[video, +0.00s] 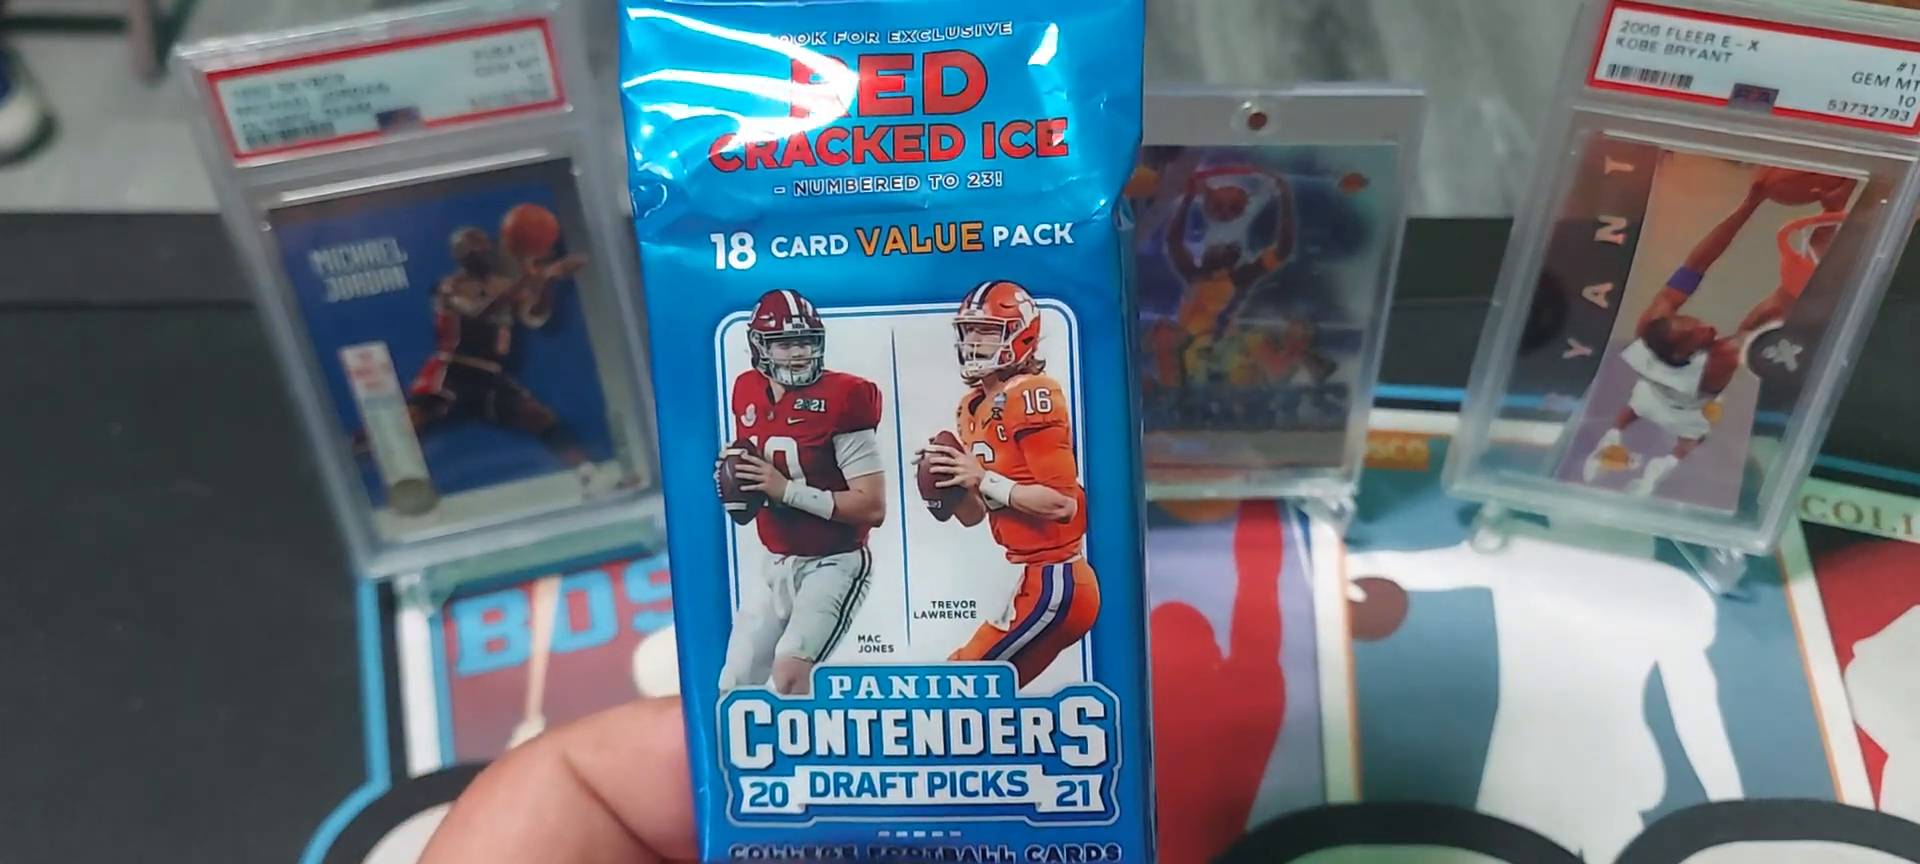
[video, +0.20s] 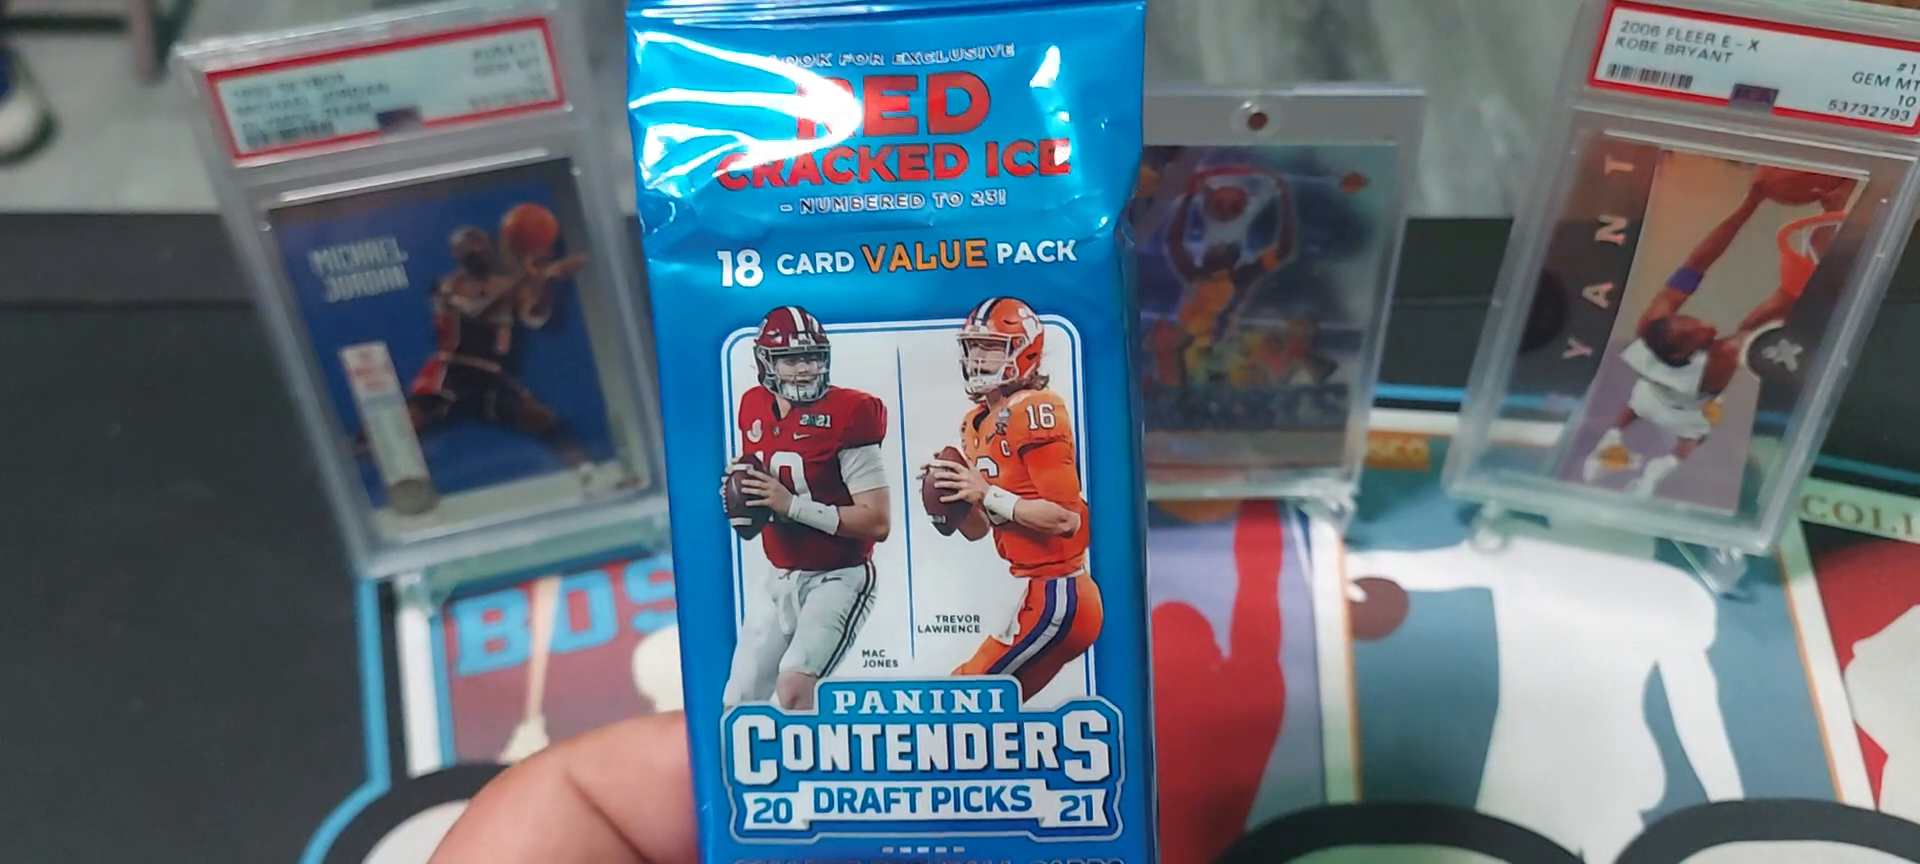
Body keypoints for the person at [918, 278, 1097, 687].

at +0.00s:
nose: (974, 344)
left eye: (987, 333)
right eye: (969, 332)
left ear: (1020, 337)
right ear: (959, 335)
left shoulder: (1032, 394)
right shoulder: (970, 407)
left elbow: (1061, 502)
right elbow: (971, 514)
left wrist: (982, 478)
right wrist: (943, 479)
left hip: (1055, 582)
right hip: (1036, 579)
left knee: (955, 688)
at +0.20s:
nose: (978, 360)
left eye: (992, 349)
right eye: (973, 348)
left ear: (1024, 354)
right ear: (963, 352)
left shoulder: (1035, 409)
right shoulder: (974, 422)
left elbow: (1064, 518)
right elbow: (975, 528)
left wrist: (986, 493)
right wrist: (948, 492)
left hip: (1058, 596)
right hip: (1043, 593)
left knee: (958, 702)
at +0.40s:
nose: (988, 372)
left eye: (1002, 361)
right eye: (983, 360)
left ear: (1035, 366)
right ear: (974, 364)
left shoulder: (1047, 423)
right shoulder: (985, 435)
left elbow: (1075, 531)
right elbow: (985, 541)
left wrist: (996, 505)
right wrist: (957, 506)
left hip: (1069, 611)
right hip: (1052, 608)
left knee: (965, 715)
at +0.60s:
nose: (966, 343)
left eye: (980, 332)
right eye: (960, 331)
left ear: (1013, 337)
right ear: (951, 335)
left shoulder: (1024, 393)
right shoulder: (962, 407)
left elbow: (1053, 504)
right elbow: (963, 514)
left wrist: (974, 478)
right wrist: (934, 480)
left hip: (1047, 581)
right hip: (1030, 579)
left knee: (945, 689)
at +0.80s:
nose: (962, 358)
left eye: (978, 347)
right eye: (957, 345)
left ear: (1012, 355)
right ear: (947, 350)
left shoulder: (1025, 410)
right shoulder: (961, 424)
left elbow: (1058, 524)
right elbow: (964, 534)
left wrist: (975, 498)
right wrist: (935, 505)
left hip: (1052, 605)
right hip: (1029, 602)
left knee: (951, 712)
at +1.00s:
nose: (1087, 412)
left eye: (1103, 399)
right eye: (1082, 398)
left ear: (1139, 409)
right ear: (1074, 401)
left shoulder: (1151, 468)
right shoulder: (1086, 479)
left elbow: (1180, 587)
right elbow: (1081, 592)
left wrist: (1093, 556)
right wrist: (1050, 563)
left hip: (1169, 672)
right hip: (1145, 668)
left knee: (1057, 778)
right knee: (1073, 788)